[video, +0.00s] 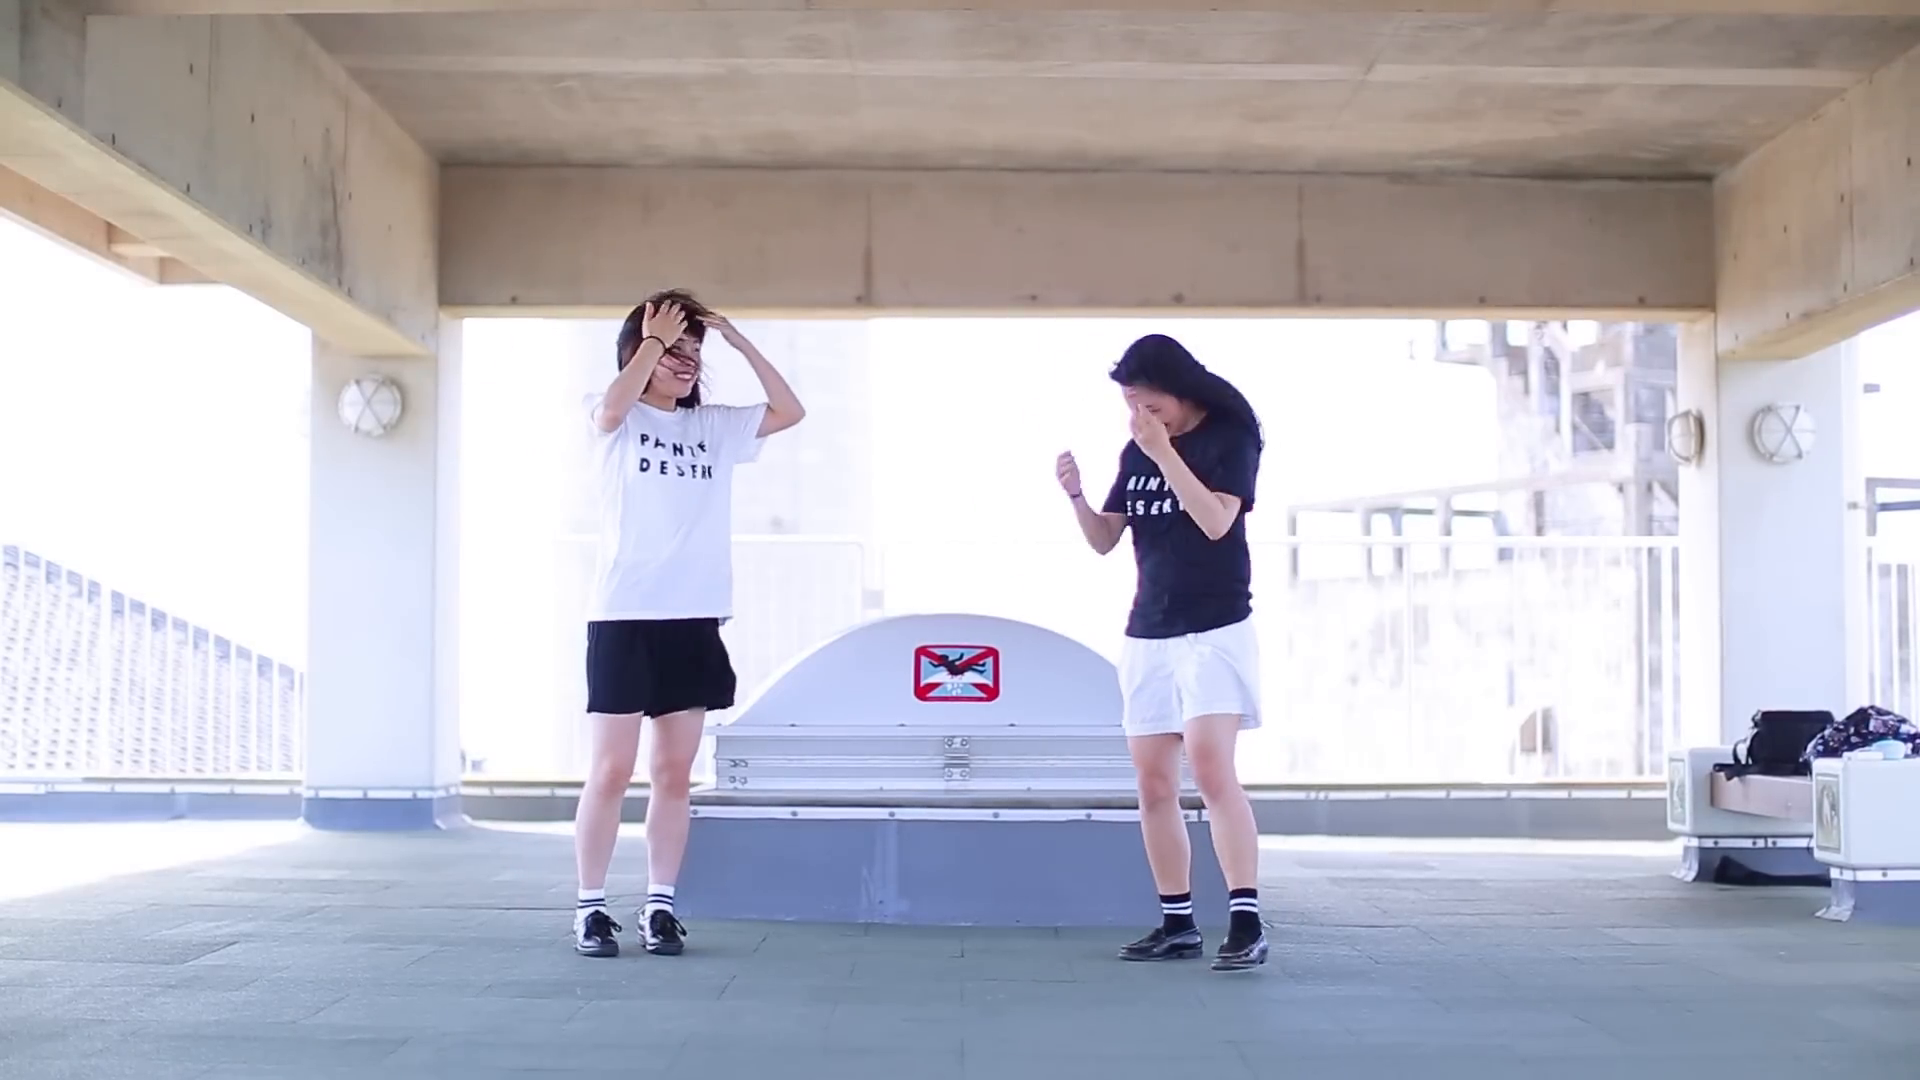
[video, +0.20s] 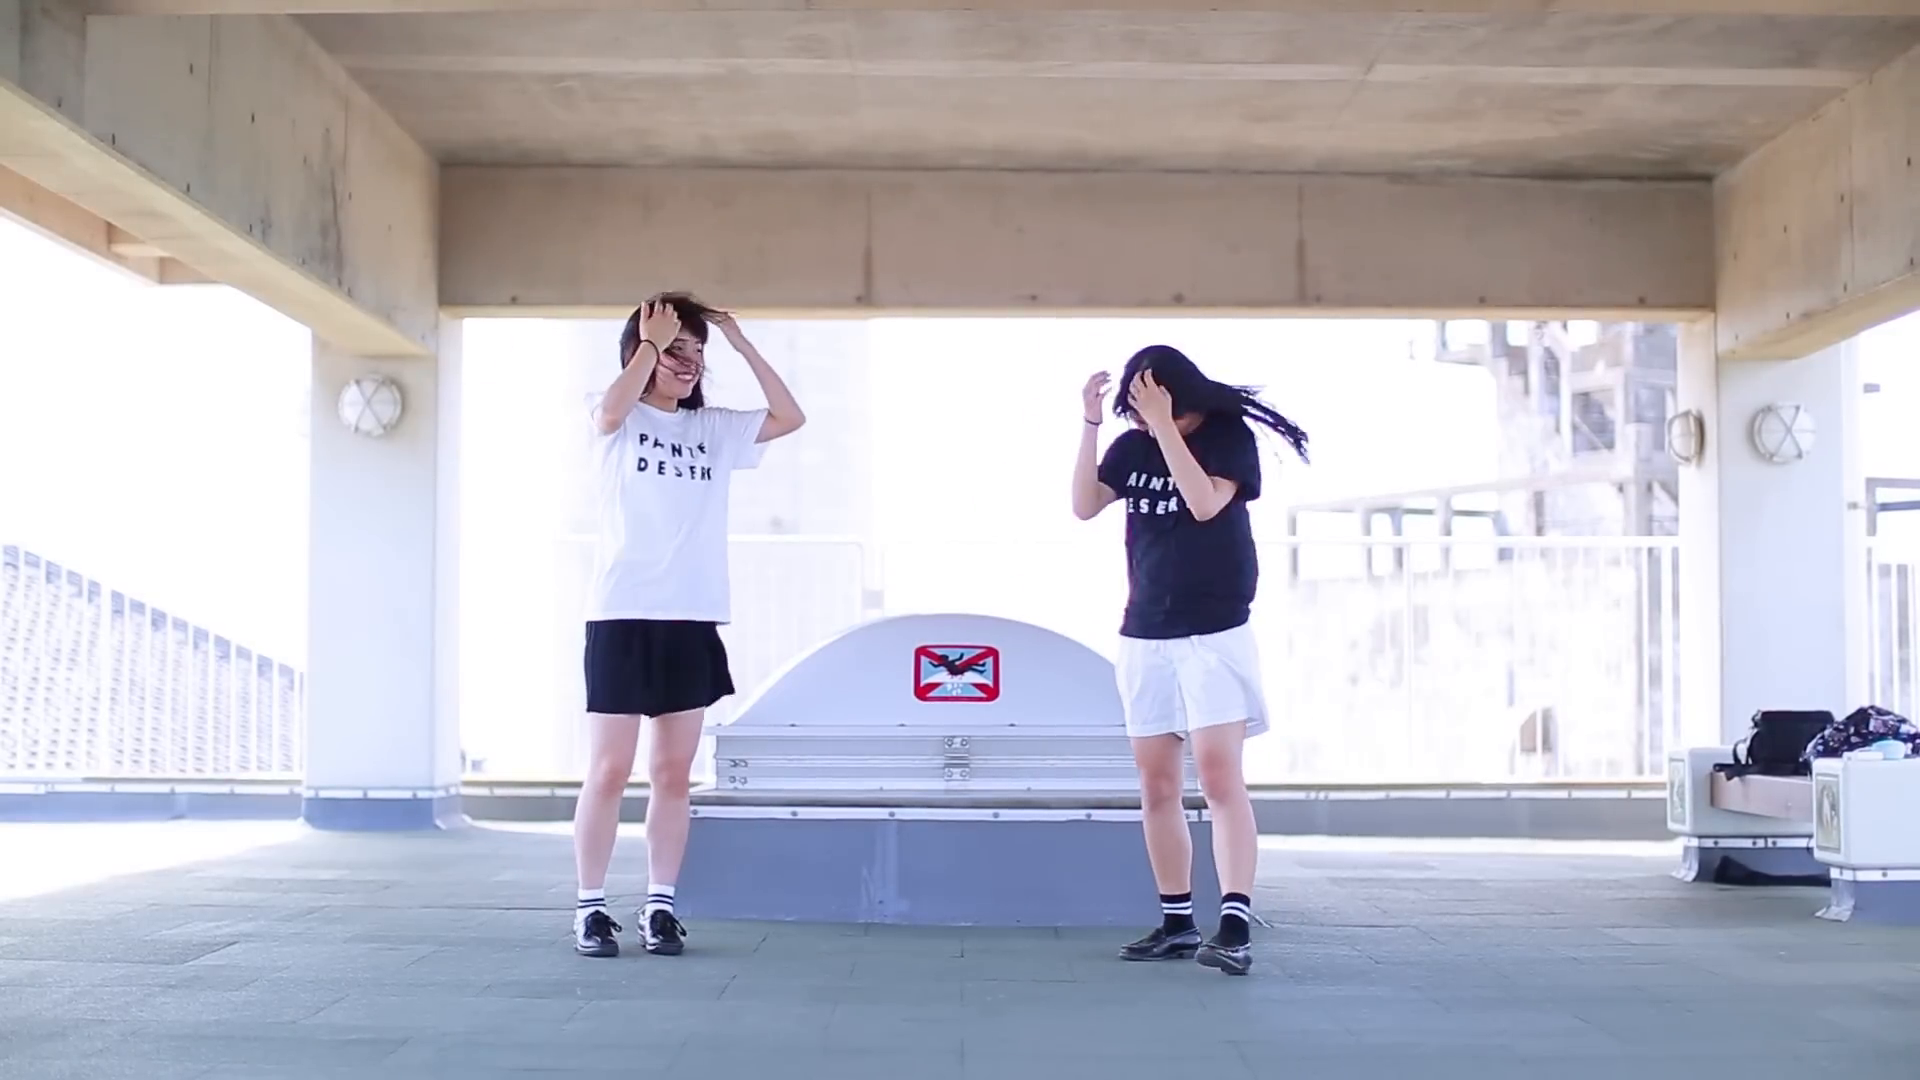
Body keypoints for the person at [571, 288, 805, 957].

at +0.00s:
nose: (681, 357)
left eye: (690, 348)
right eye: (668, 347)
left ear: (700, 356)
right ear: (637, 354)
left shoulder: (717, 423)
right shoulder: (614, 413)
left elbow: (789, 411)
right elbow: (613, 411)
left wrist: (739, 341)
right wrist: (651, 346)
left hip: (695, 621)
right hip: (623, 619)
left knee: (674, 775)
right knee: (612, 772)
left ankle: (661, 907)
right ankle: (591, 909)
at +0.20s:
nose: (681, 361)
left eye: (690, 351)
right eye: (668, 350)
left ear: (702, 359)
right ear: (639, 356)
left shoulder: (717, 426)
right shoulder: (616, 413)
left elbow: (789, 417)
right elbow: (612, 411)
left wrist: (742, 344)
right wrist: (649, 346)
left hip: (693, 621)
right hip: (621, 619)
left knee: (673, 775)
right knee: (610, 771)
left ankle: (661, 907)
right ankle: (591, 908)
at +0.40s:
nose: (679, 361)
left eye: (689, 352)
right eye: (668, 350)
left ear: (701, 359)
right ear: (640, 354)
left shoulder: (715, 427)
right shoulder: (615, 411)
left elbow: (787, 423)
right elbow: (600, 415)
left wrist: (741, 349)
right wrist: (640, 354)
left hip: (692, 618)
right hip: (618, 614)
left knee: (672, 774)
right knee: (607, 772)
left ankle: (661, 907)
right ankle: (590, 909)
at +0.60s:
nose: (673, 362)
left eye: (683, 353)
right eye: (662, 351)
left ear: (697, 360)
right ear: (635, 354)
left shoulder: (712, 428)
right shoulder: (610, 411)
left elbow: (783, 427)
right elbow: (595, 420)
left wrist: (740, 353)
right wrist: (636, 356)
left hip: (689, 622)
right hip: (613, 619)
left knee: (670, 775)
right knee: (603, 773)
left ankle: (661, 909)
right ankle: (589, 909)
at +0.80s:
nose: (668, 362)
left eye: (677, 352)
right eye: (655, 351)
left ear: (690, 359)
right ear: (626, 354)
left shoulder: (707, 428)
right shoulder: (598, 411)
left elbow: (776, 430)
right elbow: (594, 418)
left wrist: (734, 353)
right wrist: (633, 355)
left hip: (682, 621)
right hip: (608, 617)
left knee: (667, 777)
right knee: (599, 773)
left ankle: (660, 908)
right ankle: (589, 909)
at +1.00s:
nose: (662, 361)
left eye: (671, 352)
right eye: (649, 349)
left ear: (683, 360)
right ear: (619, 355)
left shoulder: (698, 427)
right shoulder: (593, 411)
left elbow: (769, 428)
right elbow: (590, 422)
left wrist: (723, 351)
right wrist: (627, 361)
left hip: (678, 621)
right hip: (603, 618)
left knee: (665, 776)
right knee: (596, 774)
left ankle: (660, 907)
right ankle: (589, 910)